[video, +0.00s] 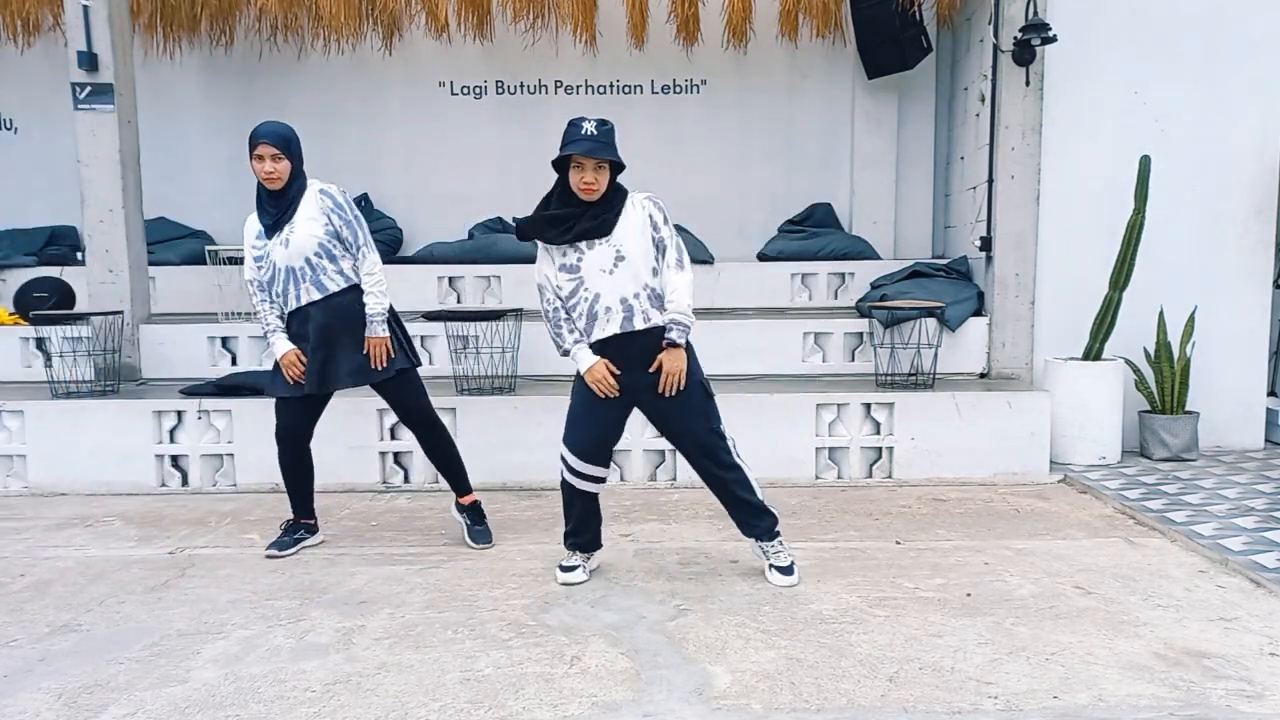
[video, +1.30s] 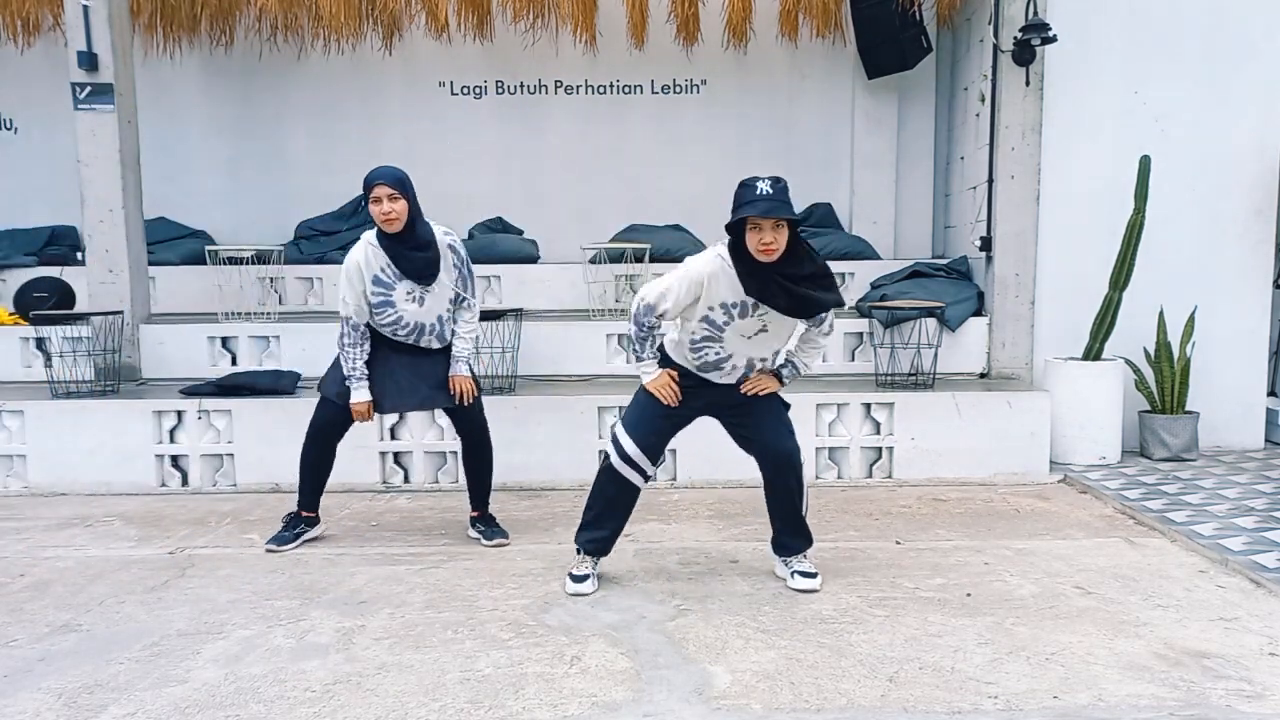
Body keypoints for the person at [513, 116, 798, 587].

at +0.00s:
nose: (588, 177)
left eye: (598, 167)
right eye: (579, 167)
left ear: (613, 169)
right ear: (565, 169)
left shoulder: (644, 209)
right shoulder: (552, 231)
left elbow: (677, 274)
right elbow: (553, 306)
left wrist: (676, 341)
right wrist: (583, 358)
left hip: (659, 349)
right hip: (596, 358)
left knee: (709, 447)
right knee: (579, 458)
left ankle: (767, 538)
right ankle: (580, 548)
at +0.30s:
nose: (617, 204)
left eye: (628, 194)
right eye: (608, 193)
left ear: (643, 194)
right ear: (593, 192)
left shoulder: (671, 230)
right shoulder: (573, 248)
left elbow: (727, 274)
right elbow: (552, 317)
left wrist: (721, 339)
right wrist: (579, 367)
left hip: (685, 362)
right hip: (616, 371)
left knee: (741, 440)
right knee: (582, 457)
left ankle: (790, 538)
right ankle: (582, 547)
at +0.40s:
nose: (654, 242)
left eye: (664, 233)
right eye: (644, 231)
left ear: (677, 235)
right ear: (628, 232)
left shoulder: (697, 269)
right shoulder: (606, 275)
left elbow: (754, 313)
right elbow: (569, 332)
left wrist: (733, 369)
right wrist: (594, 381)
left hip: (697, 383)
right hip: (630, 388)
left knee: (752, 454)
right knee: (585, 464)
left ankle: (791, 551)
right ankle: (583, 549)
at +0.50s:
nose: (703, 258)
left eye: (713, 248)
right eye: (693, 247)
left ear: (725, 250)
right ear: (677, 248)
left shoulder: (739, 293)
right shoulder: (643, 288)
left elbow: (787, 336)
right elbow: (596, 334)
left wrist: (755, 380)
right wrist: (613, 388)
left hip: (718, 396)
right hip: (649, 398)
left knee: (766, 462)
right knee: (595, 467)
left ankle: (792, 554)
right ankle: (582, 550)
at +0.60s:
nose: (742, 228)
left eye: (752, 218)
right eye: (732, 217)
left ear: (766, 222)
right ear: (716, 219)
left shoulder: (776, 273)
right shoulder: (679, 260)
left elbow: (809, 329)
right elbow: (628, 310)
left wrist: (769, 374)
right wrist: (628, 369)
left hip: (734, 387)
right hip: (663, 382)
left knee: (775, 457)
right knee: (607, 453)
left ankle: (792, 552)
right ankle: (579, 547)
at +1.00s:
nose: (773, 169)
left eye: (783, 160)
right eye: (763, 159)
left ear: (797, 164)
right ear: (748, 161)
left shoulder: (810, 228)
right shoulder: (716, 206)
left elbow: (822, 305)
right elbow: (673, 274)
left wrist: (799, 357)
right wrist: (662, 338)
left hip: (765, 360)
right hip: (699, 350)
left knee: (781, 459)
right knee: (650, 450)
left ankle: (792, 552)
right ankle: (605, 540)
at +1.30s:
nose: (767, 238)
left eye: (776, 227)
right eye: (756, 228)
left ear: (790, 229)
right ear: (739, 230)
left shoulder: (806, 277)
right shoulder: (710, 268)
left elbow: (820, 327)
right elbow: (645, 308)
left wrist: (782, 372)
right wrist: (650, 368)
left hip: (748, 385)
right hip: (680, 377)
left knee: (784, 455)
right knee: (628, 451)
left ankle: (792, 552)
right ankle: (588, 554)